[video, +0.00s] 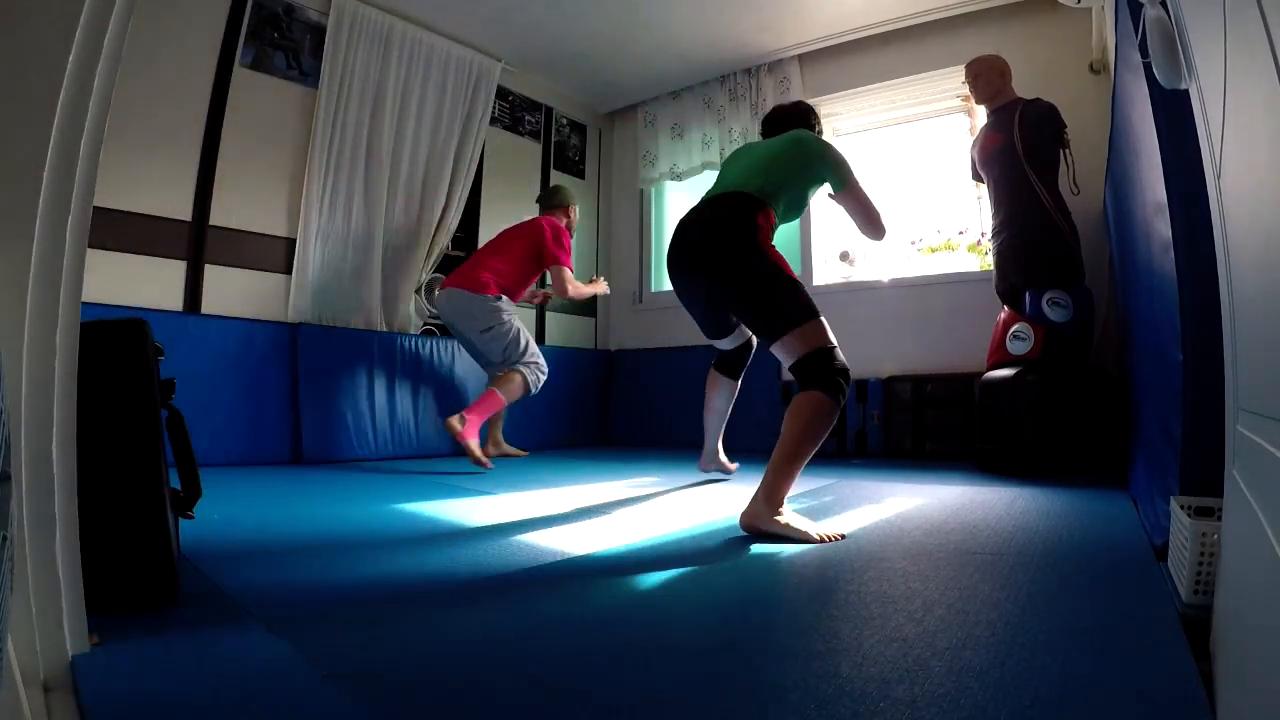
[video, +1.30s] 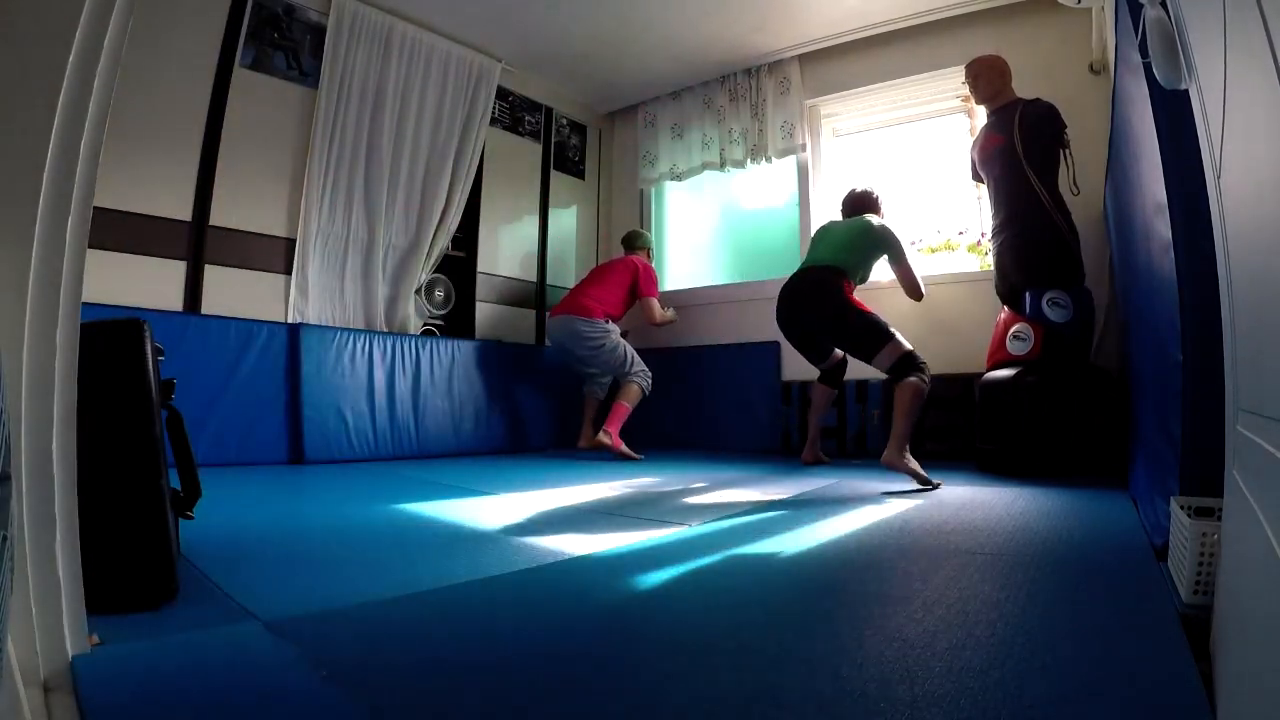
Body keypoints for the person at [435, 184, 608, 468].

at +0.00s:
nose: (576, 220)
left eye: (575, 214)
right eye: (577, 214)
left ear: (545, 210)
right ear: (570, 211)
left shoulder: (525, 228)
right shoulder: (555, 229)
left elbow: (489, 274)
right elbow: (566, 289)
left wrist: (524, 295)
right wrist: (594, 288)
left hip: (449, 295)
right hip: (480, 298)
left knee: (502, 367)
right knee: (533, 367)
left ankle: (495, 441)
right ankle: (468, 421)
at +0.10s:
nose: (591, 221)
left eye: (590, 216)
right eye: (591, 216)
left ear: (560, 212)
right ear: (585, 214)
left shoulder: (542, 228)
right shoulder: (570, 229)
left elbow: (512, 279)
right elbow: (580, 289)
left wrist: (546, 292)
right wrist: (606, 289)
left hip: (466, 293)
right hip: (495, 294)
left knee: (518, 362)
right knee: (552, 357)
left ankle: (501, 432)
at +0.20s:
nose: (602, 221)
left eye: (602, 216)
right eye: (602, 215)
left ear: (571, 212)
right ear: (596, 214)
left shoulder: (551, 228)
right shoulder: (584, 230)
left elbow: (525, 275)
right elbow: (596, 288)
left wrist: (559, 291)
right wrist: (618, 288)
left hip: (487, 298)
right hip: (515, 302)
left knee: (536, 362)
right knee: (561, 374)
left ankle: (527, 424)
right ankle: (511, 445)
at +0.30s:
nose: (611, 226)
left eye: (612, 222)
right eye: (611, 221)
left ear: (580, 216)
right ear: (605, 218)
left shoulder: (561, 235)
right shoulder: (595, 235)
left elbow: (539, 281)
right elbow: (611, 290)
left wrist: (574, 294)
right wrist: (634, 288)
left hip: (502, 303)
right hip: (531, 306)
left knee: (553, 364)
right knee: (574, 376)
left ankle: (552, 437)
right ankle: (518, 436)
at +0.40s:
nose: (621, 228)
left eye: (622, 223)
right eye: (621, 222)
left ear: (591, 219)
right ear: (615, 221)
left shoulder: (575, 238)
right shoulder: (603, 237)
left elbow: (549, 283)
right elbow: (618, 291)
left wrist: (586, 297)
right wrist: (642, 289)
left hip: (516, 307)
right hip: (544, 306)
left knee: (564, 367)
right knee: (597, 364)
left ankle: (555, 435)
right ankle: (547, 422)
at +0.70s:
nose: (643, 243)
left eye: (643, 238)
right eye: (643, 238)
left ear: (614, 233)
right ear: (638, 235)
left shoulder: (594, 249)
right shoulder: (629, 250)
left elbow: (575, 289)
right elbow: (642, 304)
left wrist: (606, 302)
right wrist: (661, 301)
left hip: (542, 314)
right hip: (573, 315)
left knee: (587, 373)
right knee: (624, 372)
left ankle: (587, 435)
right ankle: (585, 435)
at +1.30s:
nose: (652, 258)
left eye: (651, 255)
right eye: (651, 254)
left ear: (625, 251)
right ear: (648, 252)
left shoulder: (608, 266)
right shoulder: (642, 266)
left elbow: (589, 301)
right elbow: (654, 317)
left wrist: (611, 330)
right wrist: (669, 316)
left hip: (557, 321)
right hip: (588, 323)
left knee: (599, 374)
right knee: (639, 375)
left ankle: (587, 435)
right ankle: (610, 432)